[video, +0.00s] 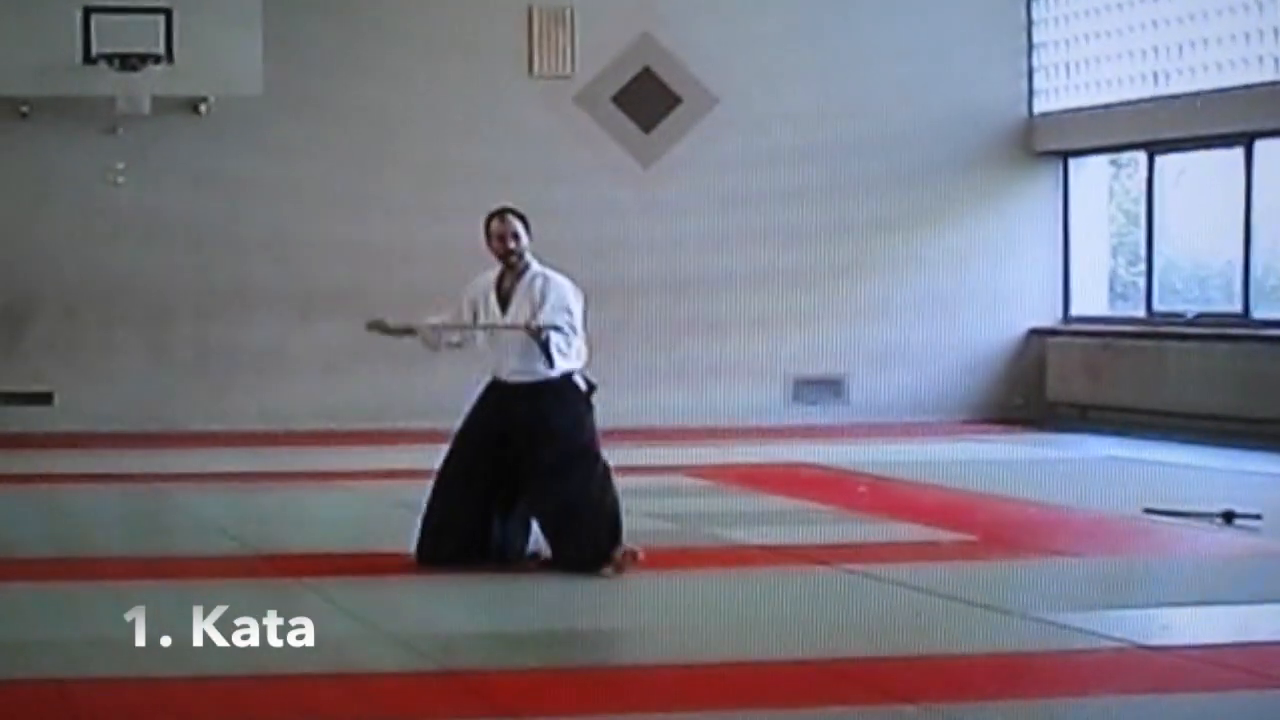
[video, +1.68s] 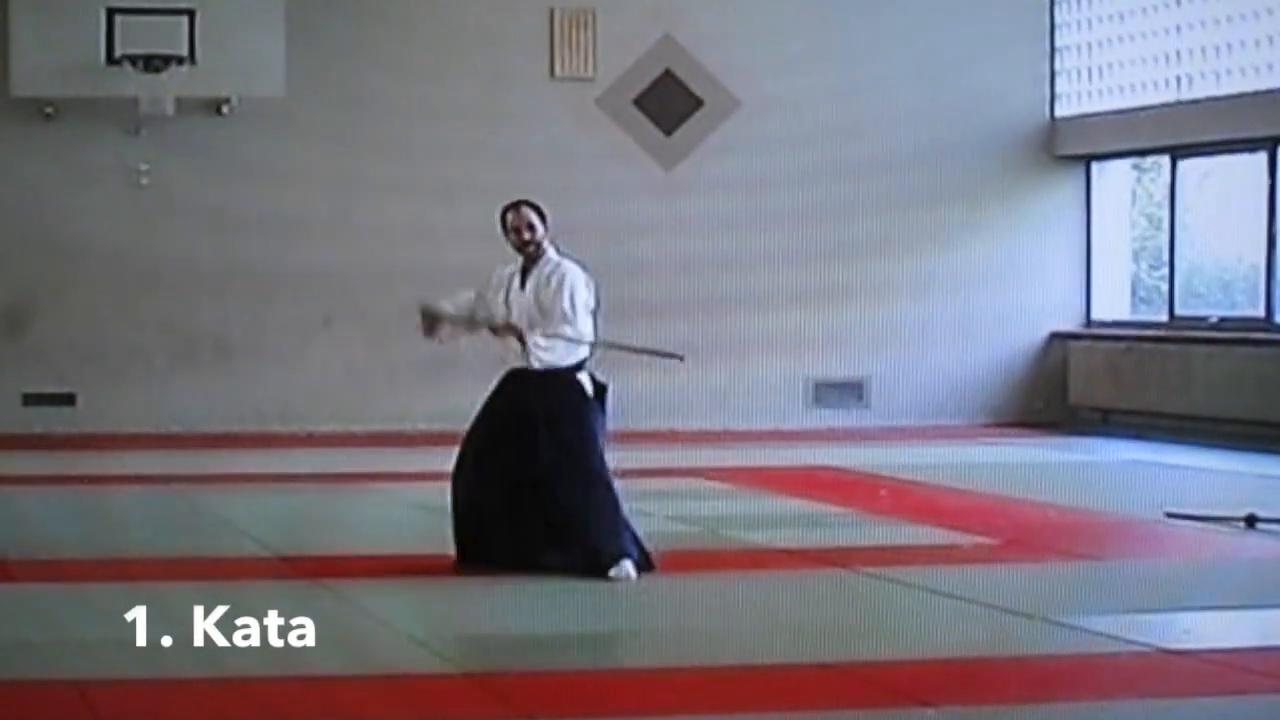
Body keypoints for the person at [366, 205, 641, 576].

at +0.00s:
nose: (509, 245)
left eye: (515, 236)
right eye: (499, 239)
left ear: (528, 238)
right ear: (490, 246)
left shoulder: (556, 289)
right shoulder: (481, 290)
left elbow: (572, 351)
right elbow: (457, 335)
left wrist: (545, 338)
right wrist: (410, 330)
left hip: (553, 395)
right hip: (503, 393)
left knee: (574, 476)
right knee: (471, 470)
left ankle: (602, 551)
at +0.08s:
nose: (524, 247)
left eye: (530, 238)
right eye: (515, 241)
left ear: (544, 241)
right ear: (506, 247)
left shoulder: (571, 289)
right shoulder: (499, 289)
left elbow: (583, 346)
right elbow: (479, 343)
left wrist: (556, 346)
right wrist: (434, 352)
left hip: (566, 398)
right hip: (516, 395)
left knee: (583, 480)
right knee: (483, 470)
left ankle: (604, 555)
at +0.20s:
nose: (555, 246)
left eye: (561, 238)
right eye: (546, 239)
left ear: (574, 241)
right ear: (536, 245)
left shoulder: (600, 288)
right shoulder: (530, 288)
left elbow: (617, 353)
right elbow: (520, 349)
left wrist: (585, 369)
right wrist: (493, 383)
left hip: (600, 399)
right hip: (547, 395)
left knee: (610, 479)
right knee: (509, 472)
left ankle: (617, 557)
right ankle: (478, 559)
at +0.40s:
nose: (592, 235)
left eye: (599, 227)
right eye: (584, 228)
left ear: (611, 230)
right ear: (572, 233)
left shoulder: (633, 279)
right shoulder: (555, 279)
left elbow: (647, 338)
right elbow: (538, 335)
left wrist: (616, 368)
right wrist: (561, 373)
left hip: (621, 385)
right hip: (573, 384)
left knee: (623, 471)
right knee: (558, 468)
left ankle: (626, 557)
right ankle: (541, 551)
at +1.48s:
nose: (555, 235)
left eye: (561, 227)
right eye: (546, 230)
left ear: (575, 230)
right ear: (538, 239)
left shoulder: (600, 280)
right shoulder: (530, 291)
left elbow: (623, 336)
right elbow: (511, 344)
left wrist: (613, 371)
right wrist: (518, 369)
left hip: (597, 391)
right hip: (546, 392)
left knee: (615, 472)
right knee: (511, 466)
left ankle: (635, 560)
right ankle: (504, 547)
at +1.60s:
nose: (534, 235)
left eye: (539, 226)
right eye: (525, 230)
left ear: (554, 227)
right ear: (517, 238)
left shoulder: (577, 276)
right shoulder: (513, 283)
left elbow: (591, 339)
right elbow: (485, 319)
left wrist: (556, 360)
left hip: (571, 387)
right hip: (525, 387)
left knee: (594, 464)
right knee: (484, 456)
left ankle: (627, 553)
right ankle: (492, 552)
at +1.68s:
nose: (524, 235)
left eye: (530, 227)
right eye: (516, 231)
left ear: (545, 229)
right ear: (508, 238)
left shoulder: (568, 276)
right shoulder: (504, 279)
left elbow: (579, 341)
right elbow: (481, 310)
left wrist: (524, 334)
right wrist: (443, 316)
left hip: (564, 386)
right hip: (520, 384)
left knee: (581, 470)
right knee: (478, 462)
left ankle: (618, 555)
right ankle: (485, 553)